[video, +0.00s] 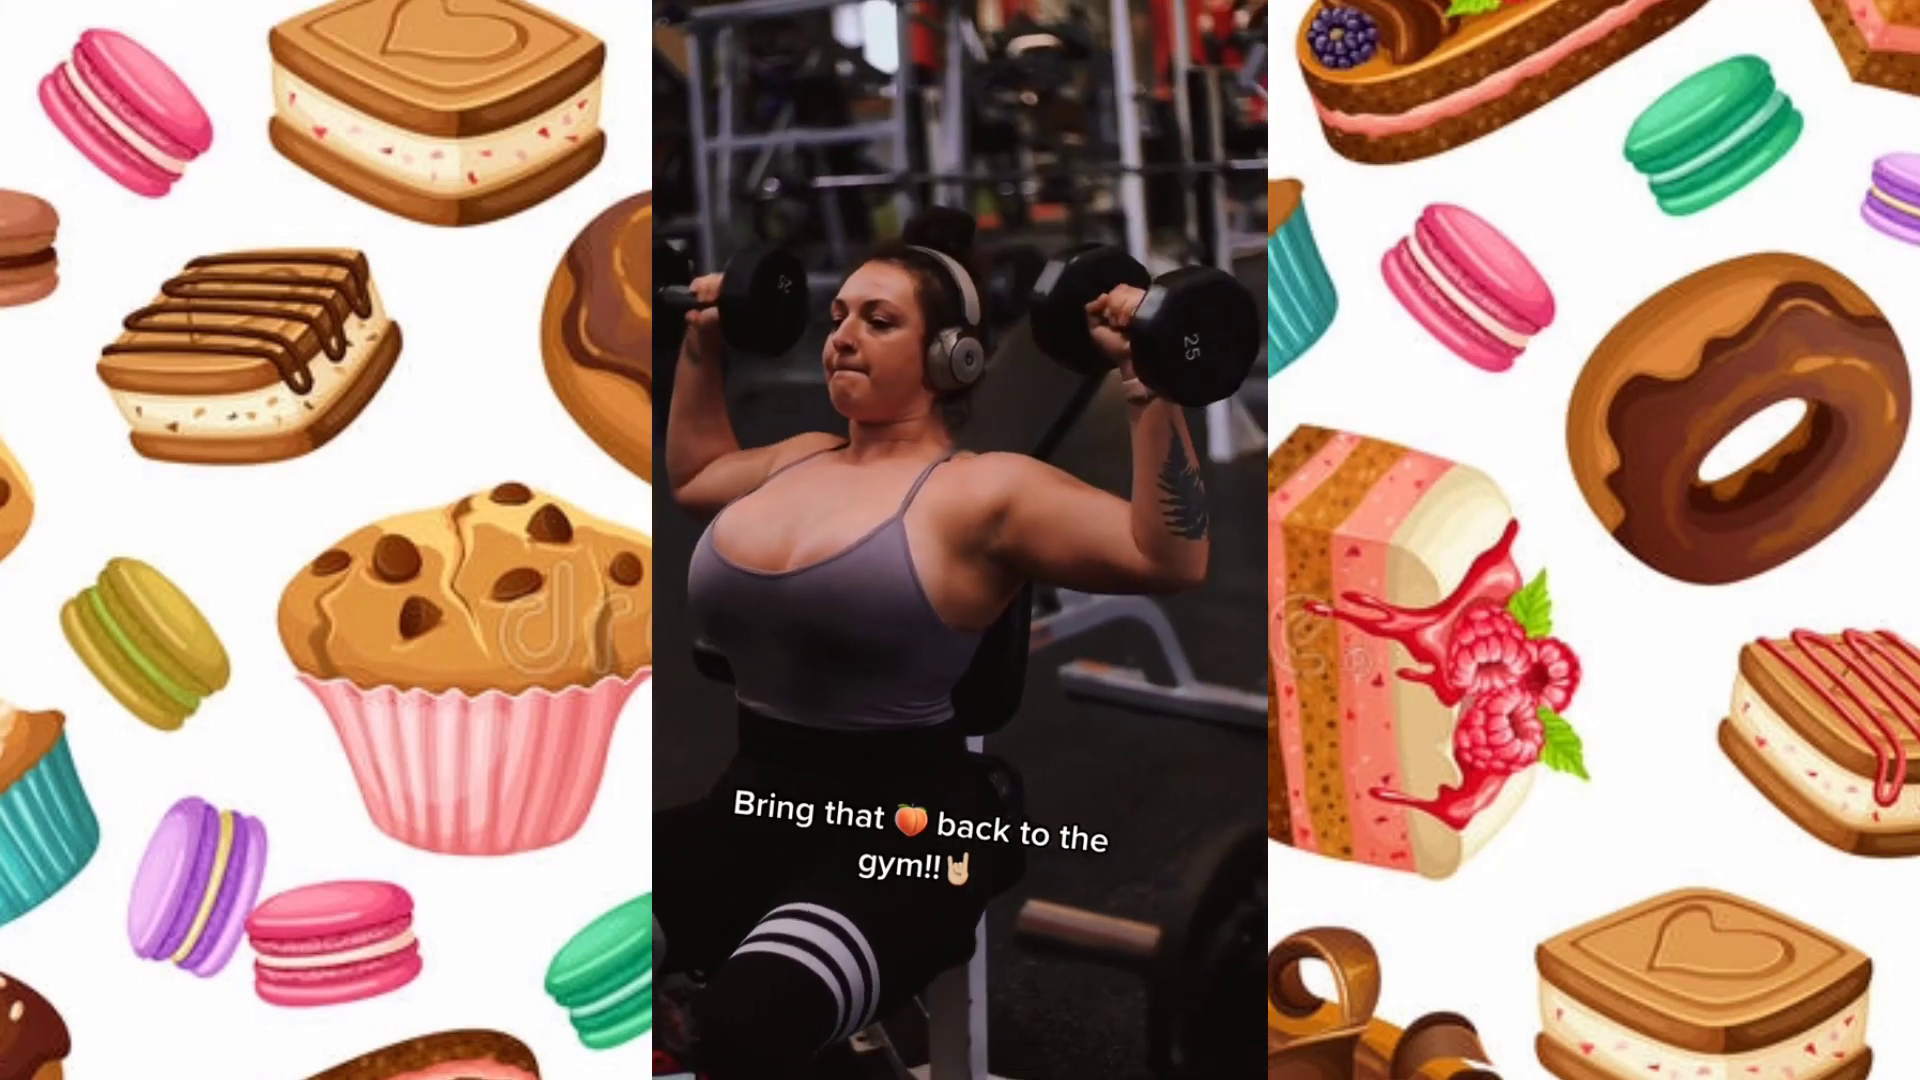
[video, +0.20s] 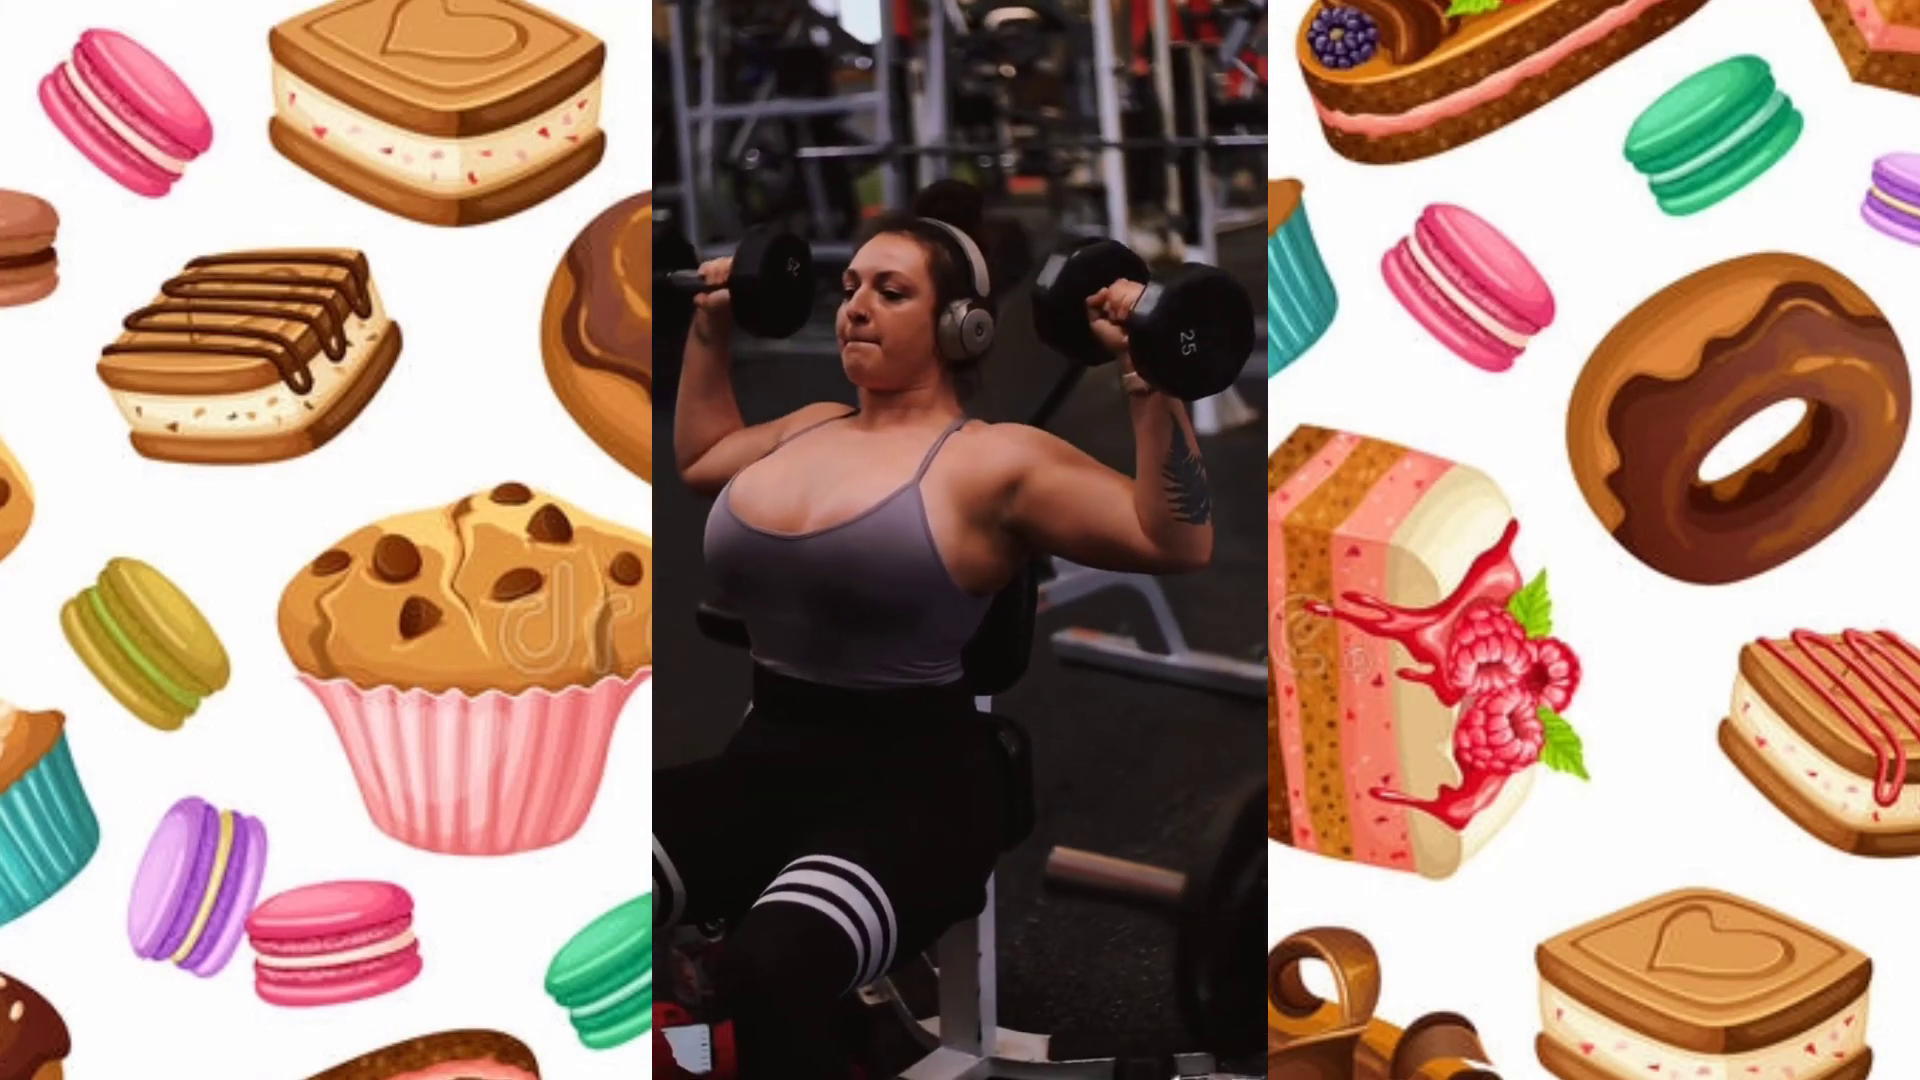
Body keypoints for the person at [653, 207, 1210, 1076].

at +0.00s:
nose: (843, 337)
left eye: (879, 320)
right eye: (839, 316)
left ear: (948, 356)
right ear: (824, 335)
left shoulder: (985, 490)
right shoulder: (804, 456)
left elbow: (1172, 558)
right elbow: (692, 472)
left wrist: (1151, 381)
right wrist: (701, 347)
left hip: (903, 831)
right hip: (759, 811)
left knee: (741, 1023)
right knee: (559, 907)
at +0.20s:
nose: (856, 308)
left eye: (890, 292)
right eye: (852, 287)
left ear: (957, 325)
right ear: (838, 306)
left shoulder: (995, 461)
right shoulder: (811, 428)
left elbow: (1177, 542)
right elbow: (700, 457)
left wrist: (1149, 370)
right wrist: (709, 323)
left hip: (915, 785)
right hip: (773, 764)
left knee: (772, 963)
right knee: (584, 865)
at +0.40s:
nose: (889, 321)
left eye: (922, 304)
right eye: (885, 301)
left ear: (987, 338)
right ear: (871, 318)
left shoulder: (1025, 459)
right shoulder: (838, 428)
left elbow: (1202, 477)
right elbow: (727, 413)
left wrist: (1157, 320)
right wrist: (742, 284)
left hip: (956, 782)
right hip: (815, 762)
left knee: (814, 961)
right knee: (608, 876)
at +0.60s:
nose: (908, 335)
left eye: (941, 321)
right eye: (904, 319)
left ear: (1005, 358)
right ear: (890, 340)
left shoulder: (1032, 476)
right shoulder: (848, 438)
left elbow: (1186, 423)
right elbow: (743, 368)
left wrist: (1130, 258)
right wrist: (757, 237)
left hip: (961, 797)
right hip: (823, 779)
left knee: (824, 966)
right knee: (608, 885)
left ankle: (922, 1046)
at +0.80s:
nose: (906, 356)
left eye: (940, 345)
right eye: (902, 341)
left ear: (1001, 384)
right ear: (890, 366)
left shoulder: (1030, 491)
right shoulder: (857, 458)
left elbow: (1147, 383)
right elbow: (759, 343)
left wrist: (1100, 220)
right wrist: (771, 203)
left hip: (964, 819)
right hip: (825, 802)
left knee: (832, 984)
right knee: (611, 899)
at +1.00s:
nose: (885, 400)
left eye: (919, 386)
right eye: (884, 383)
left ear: (979, 421)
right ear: (871, 405)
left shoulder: (1009, 523)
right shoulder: (842, 490)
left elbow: (1080, 364)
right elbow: (769, 349)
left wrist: (1036, 201)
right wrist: (773, 201)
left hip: (945, 849)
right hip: (808, 832)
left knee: (810, 1028)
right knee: (605, 945)